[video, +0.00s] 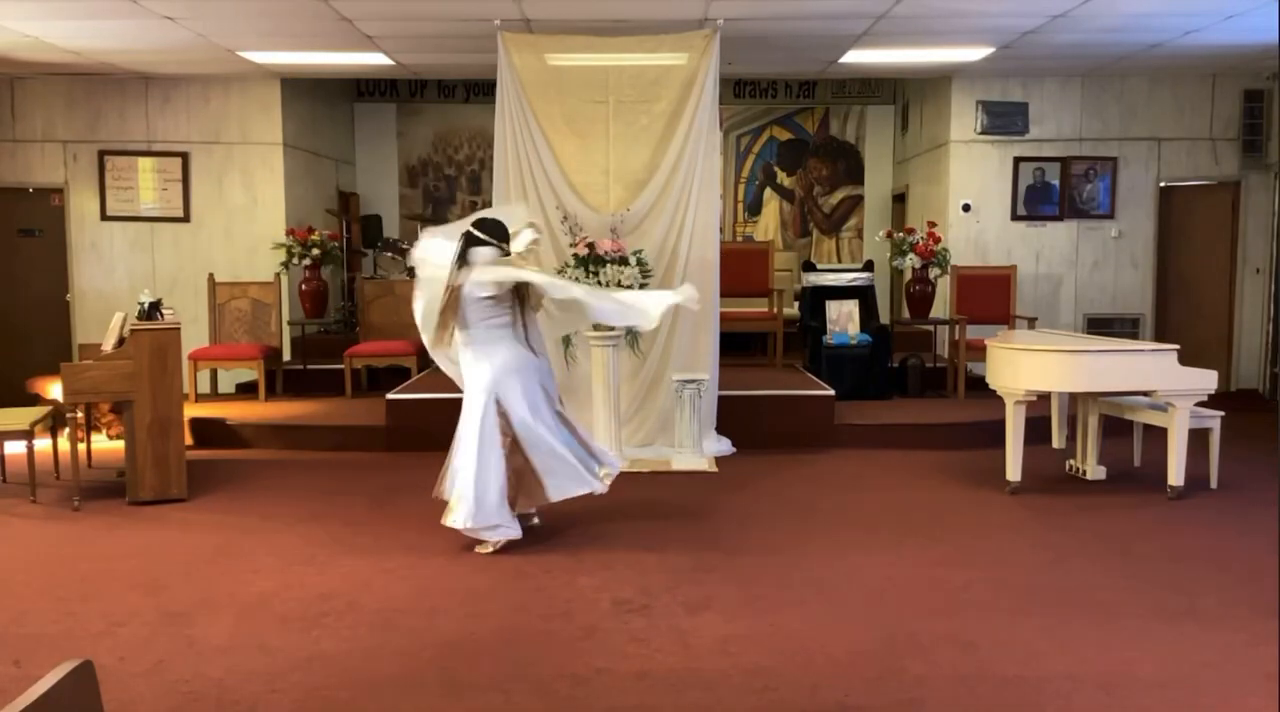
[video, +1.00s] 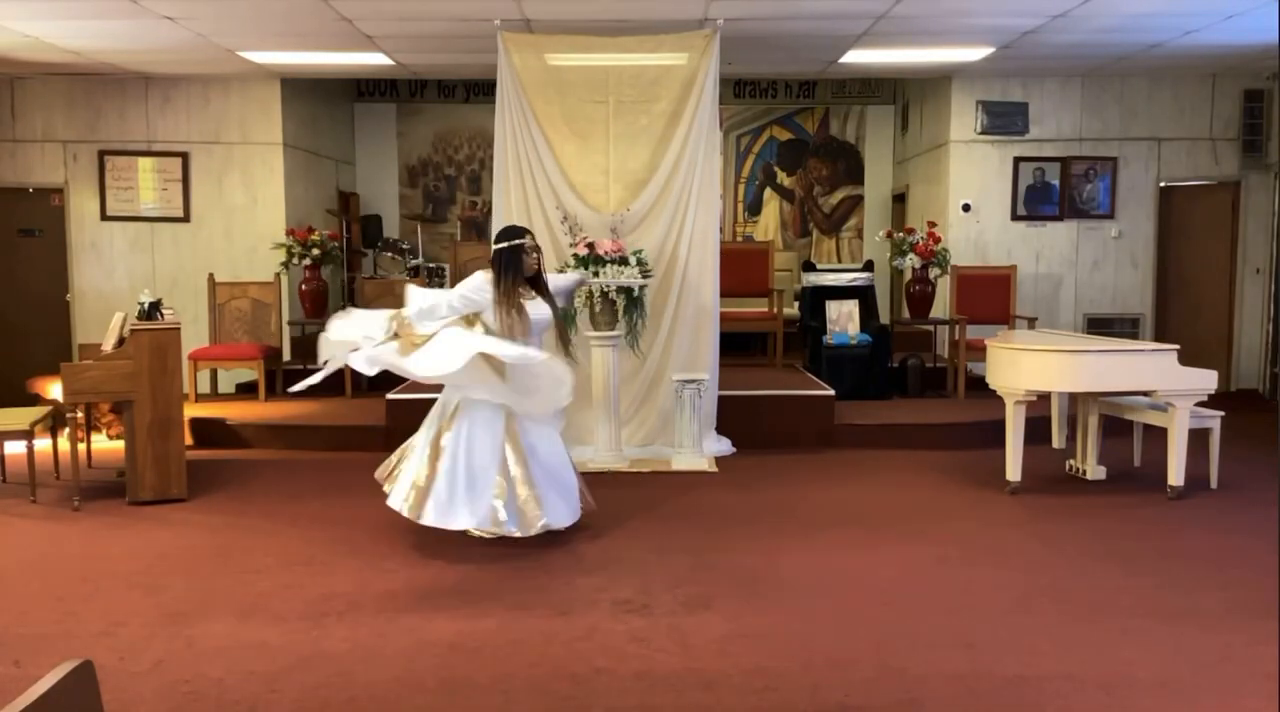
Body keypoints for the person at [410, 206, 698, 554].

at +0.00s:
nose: (476, 259)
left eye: (473, 251)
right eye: (483, 252)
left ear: (465, 251)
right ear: (503, 250)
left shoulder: (458, 282)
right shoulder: (517, 275)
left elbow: (439, 329)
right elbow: (545, 299)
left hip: (485, 366)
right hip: (522, 360)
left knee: (487, 444)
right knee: (525, 434)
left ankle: (500, 526)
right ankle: (525, 508)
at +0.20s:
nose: (461, 247)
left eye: (463, 243)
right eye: (469, 244)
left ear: (468, 247)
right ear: (503, 247)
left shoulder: (459, 281)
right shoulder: (519, 278)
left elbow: (410, 292)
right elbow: (562, 311)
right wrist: (618, 316)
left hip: (481, 368)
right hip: (523, 365)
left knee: (479, 442)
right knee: (519, 434)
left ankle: (493, 524)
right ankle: (514, 505)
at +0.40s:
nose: (507, 262)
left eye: (502, 255)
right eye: (505, 257)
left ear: (482, 253)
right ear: (503, 255)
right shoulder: (521, 279)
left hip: (479, 371)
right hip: (494, 373)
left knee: (474, 437)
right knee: (502, 436)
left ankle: (468, 507)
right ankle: (503, 513)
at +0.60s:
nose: (518, 262)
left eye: (511, 254)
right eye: (516, 255)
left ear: (481, 249)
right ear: (508, 252)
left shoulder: (462, 281)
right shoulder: (504, 280)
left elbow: (413, 289)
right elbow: (550, 291)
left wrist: (384, 289)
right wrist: (598, 288)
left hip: (465, 375)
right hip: (493, 377)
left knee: (471, 438)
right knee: (493, 439)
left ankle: (472, 506)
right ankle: (487, 511)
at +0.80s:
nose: (531, 255)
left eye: (527, 248)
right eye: (526, 249)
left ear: (496, 250)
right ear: (516, 252)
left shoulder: (504, 283)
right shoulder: (493, 285)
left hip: (498, 381)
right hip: (481, 384)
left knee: (499, 446)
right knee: (485, 448)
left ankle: (487, 511)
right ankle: (477, 516)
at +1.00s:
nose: (536, 256)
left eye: (535, 250)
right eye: (530, 251)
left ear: (521, 255)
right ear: (513, 256)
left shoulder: (534, 286)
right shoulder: (485, 284)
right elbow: (443, 305)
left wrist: (586, 275)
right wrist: (402, 316)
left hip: (527, 383)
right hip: (488, 384)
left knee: (534, 446)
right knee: (485, 447)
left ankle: (537, 515)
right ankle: (484, 517)